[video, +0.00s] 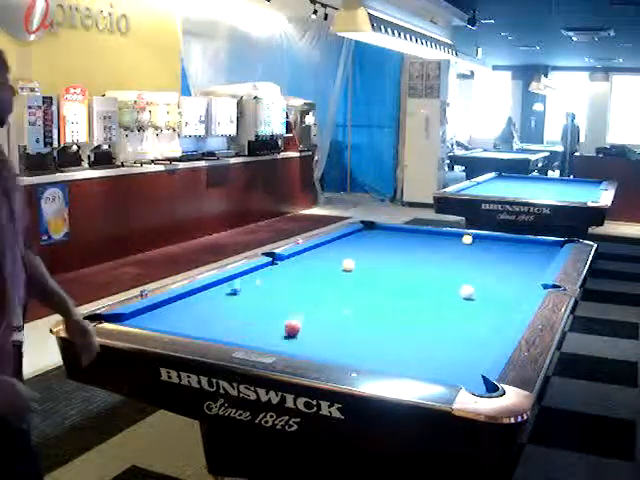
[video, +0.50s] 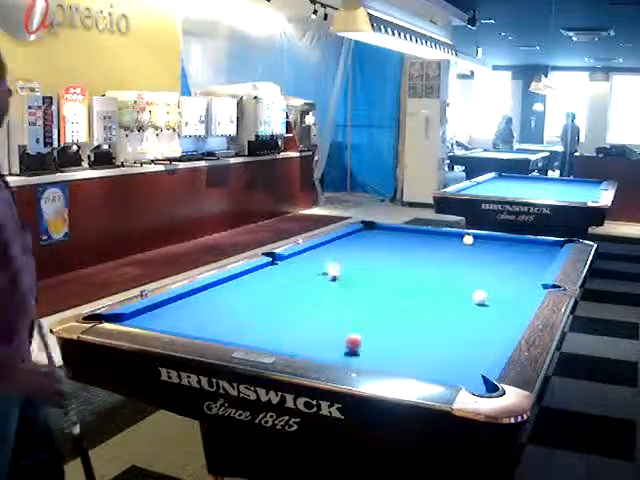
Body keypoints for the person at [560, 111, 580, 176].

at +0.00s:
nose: (570, 119)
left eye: (572, 117)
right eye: (569, 117)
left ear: (574, 118)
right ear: (567, 118)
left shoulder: (576, 126)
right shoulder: (565, 126)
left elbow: (578, 136)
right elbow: (563, 135)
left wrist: (577, 144)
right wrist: (563, 142)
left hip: (573, 145)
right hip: (566, 145)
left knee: (571, 159)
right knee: (564, 158)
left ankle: (570, 172)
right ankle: (562, 172)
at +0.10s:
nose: (570, 120)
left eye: (572, 118)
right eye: (569, 118)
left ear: (574, 118)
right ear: (568, 118)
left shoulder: (576, 127)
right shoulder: (565, 126)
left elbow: (578, 136)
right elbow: (562, 135)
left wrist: (577, 144)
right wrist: (562, 142)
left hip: (573, 145)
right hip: (566, 145)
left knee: (571, 159)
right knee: (564, 159)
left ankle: (570, 173)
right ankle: (563, 173)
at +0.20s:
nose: (570, 120)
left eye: (572, 118)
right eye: (569, 118)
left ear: (574, 118)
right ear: (567, 118)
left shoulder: (576, 127)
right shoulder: (565, 126)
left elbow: (578, 137)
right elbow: (562, 135)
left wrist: (577, 144)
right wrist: (563, 142)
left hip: (573, 145)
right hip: (566, 145)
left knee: (571, 159)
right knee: (564, 158)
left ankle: (570, 173)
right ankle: (562, 173)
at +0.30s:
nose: (570, 119)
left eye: (572, 117)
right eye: (569, 117)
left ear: (574, 118)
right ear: (567, 118)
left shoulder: (576, 127)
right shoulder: (565, 126)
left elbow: (578, 136)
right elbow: (562, 134)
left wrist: (577, 143)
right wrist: (563, 141)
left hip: (573, 145)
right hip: (566, 145)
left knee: (571, 159)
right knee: (564, 159)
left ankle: (570, 172)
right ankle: (562, 172)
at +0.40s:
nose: (570, 119)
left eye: (572, 117)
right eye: (569, 117)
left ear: (574, 118)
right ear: (567, 118)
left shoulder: (576, 127)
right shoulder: (565, 126)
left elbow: (578, 136)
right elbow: (562, 135)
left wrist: (577, 143)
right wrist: (563, 142)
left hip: (573, 145)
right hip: (566, 145)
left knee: (571, 159)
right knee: (564, 159)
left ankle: (570, 173)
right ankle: (562, 173)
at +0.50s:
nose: (570, 119)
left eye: (572, 117)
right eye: (569, 117)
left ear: (574, 118)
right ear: (567, 118)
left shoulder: (576, 127)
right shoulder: (565, 126)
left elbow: (578, 136)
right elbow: (562, 135)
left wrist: (577, 143)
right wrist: (563, 142)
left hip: (573, 146)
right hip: (566, 145)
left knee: (571, 159)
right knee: (564, 159)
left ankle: (570, 173)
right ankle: (562, 172)